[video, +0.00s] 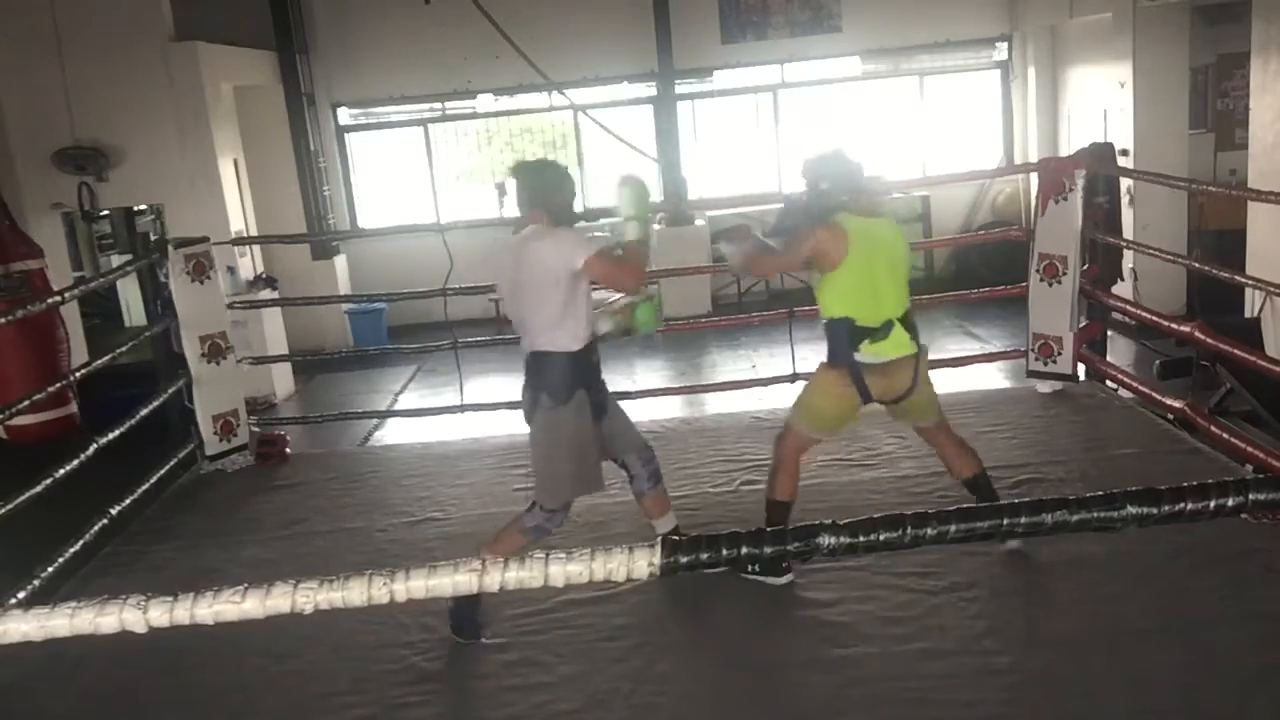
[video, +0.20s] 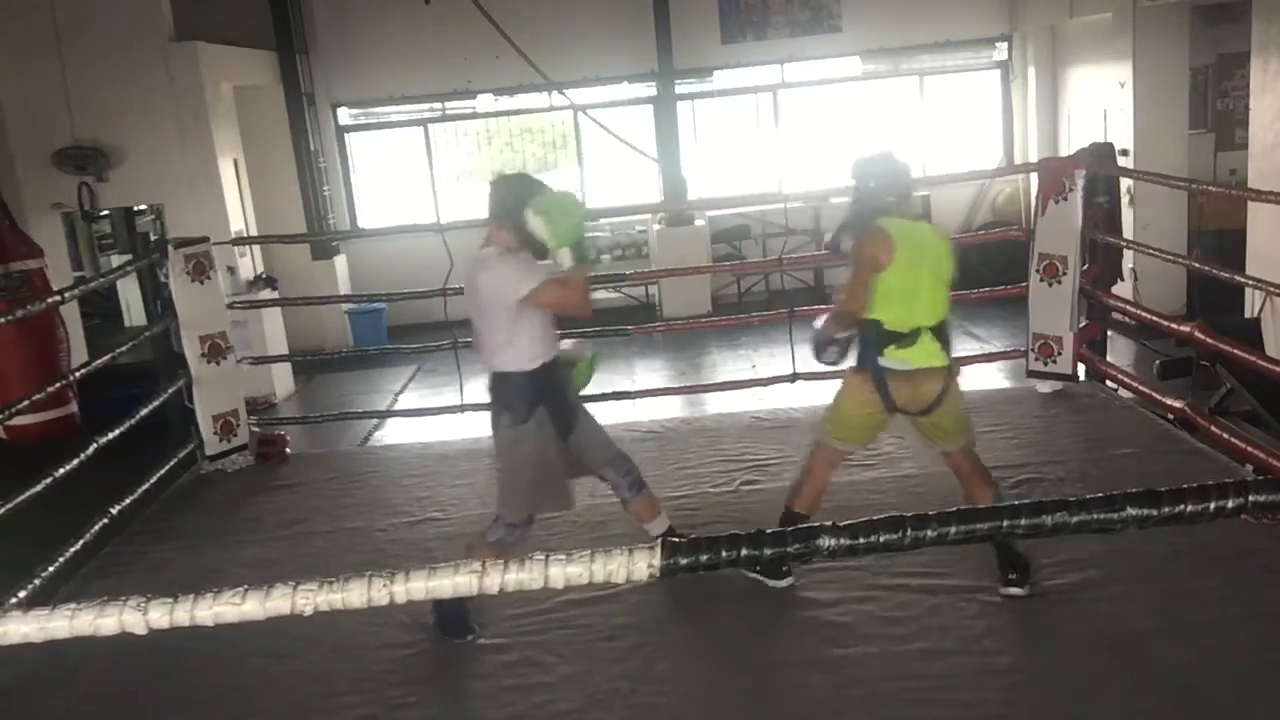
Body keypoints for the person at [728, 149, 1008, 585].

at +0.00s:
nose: (808, 194)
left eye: (811, 187)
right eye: (809, 186)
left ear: (821, 189)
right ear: (856, 182)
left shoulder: (824, 233)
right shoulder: (891, 228)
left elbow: (762, 267)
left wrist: (746, 246)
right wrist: (799, 233)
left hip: (848, 374)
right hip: (907, 367)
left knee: (789, 446)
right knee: (942, 436)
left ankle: (772, 555)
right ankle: (1000, 517)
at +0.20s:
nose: (856, 199)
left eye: (859, 191)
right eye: (856, 191)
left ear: (872, 192)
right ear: (906, 189)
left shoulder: (874, 238)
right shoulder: (940, 240)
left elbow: (852, 307)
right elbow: (934, 303)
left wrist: (832, 328)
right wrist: (854, 317)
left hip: (877, 381)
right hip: (936, 378)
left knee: (823, 460)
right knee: (967, 462)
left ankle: (779, 555)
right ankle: (1012, 560)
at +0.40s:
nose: (896, 178)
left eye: (900, 167)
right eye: (897, 168)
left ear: (917, 169)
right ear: (949, 166)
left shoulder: (930, 210)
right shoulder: (982, 215)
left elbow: (912, 272)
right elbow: (965, 274)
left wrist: (884, 276)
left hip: (930, 355)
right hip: (981, 354)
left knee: (876, 454)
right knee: (989, 456)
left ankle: (831, 551)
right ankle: (1015, 561)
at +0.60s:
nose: (918, 155)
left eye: (923, 144)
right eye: (920, 144)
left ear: (941, 145)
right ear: (971, 143)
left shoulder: (954, 190)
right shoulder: (1008, 190)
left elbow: (952, 256)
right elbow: (1009, 251)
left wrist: (920, 259)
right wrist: (932, 248)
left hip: (966, 336)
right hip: (1015, 329)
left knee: (940, 446)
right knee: (1008, 432)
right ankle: (1050, 539)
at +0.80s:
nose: (922, 177)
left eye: (924, 165)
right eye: (920, 165)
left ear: (946, 162)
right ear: (973, 154)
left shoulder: (973, 204)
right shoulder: (1008, 195)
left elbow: (989, 270)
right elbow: (1018, 262)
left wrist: (952, 280)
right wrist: (947, 253)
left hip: (991, 351)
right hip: (1028, 342)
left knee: (958, 457)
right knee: (1014, 437)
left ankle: (1030, 555)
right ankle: (1058, 539)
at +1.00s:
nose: (906, 177)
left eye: (908, 164)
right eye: (903, 166)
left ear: (932, 161)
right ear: (955, 156)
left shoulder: (962, 204)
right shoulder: (994, 194)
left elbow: (967, 269)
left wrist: (914, 252)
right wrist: (917, 243)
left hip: (982, 355)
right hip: (1023, 345)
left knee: (953, 468)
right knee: (1012, 439)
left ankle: (939, 583)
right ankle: (1060, 536)